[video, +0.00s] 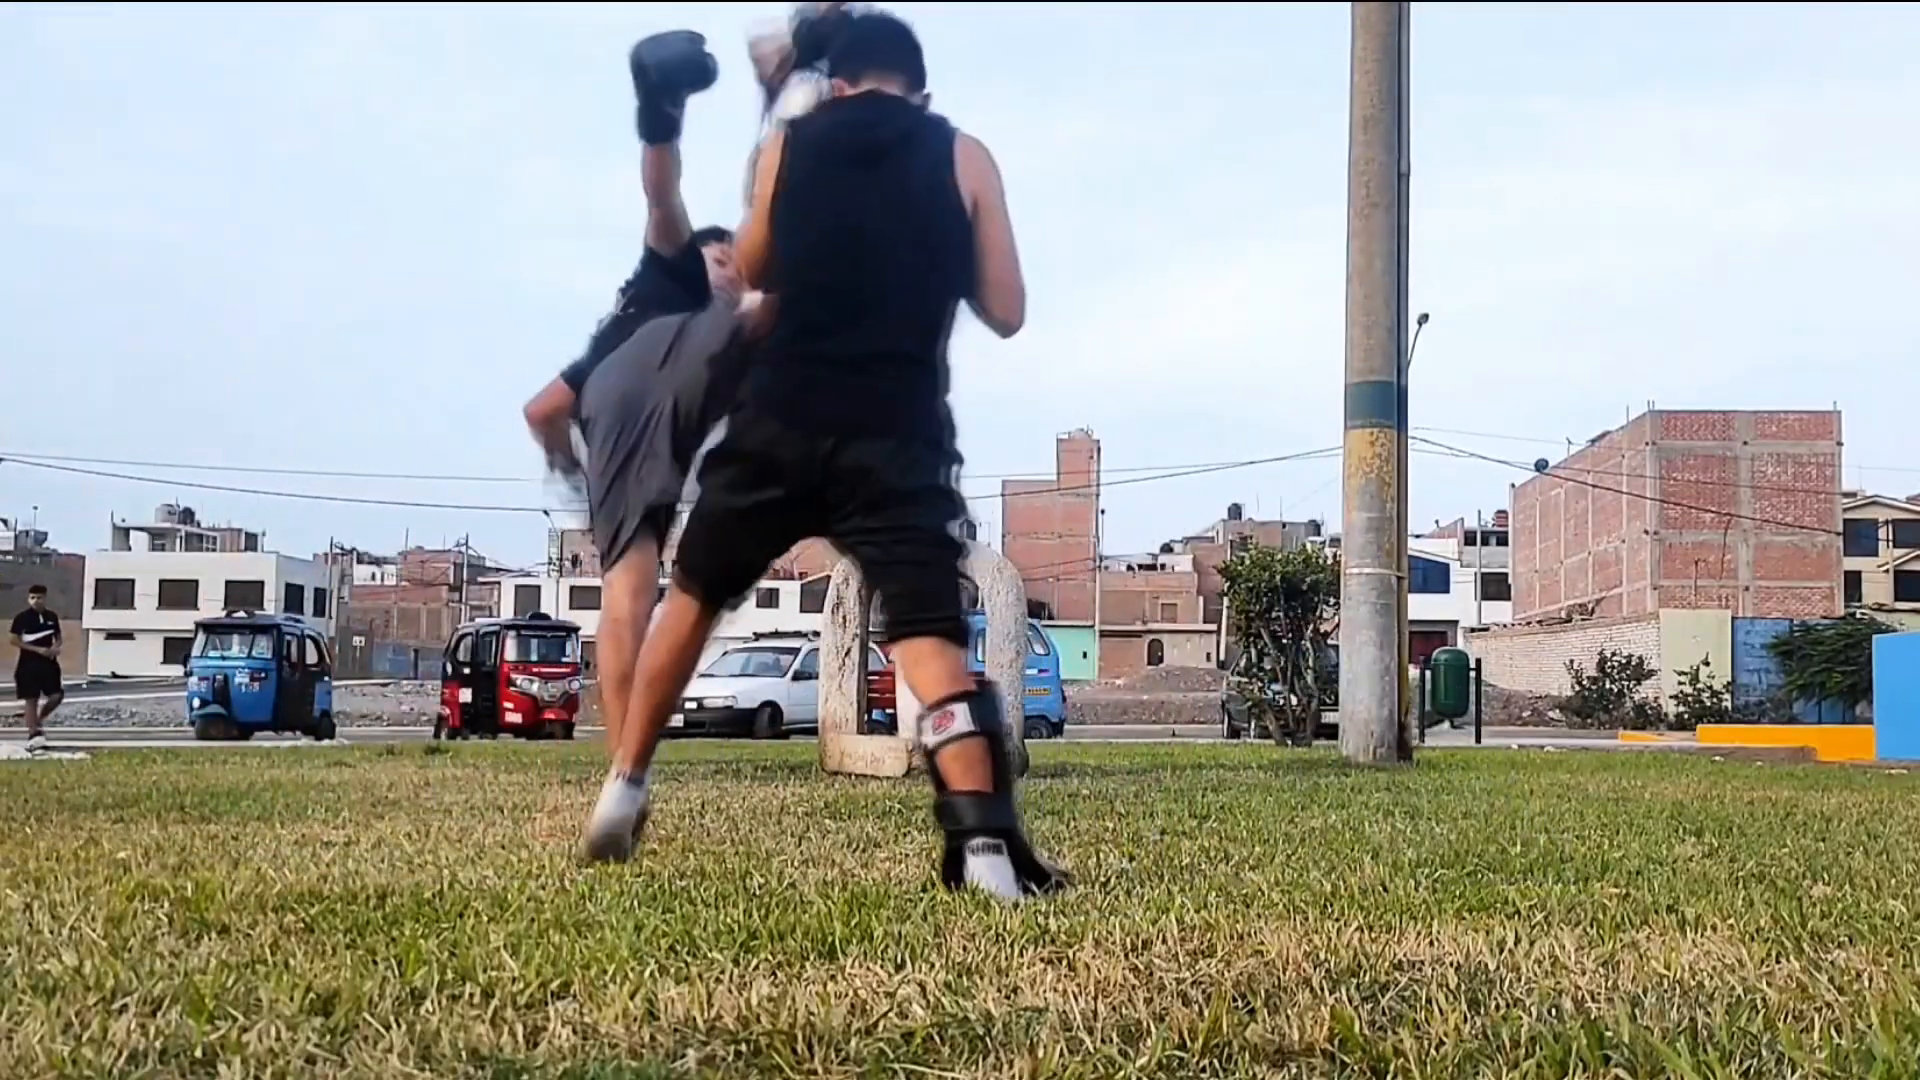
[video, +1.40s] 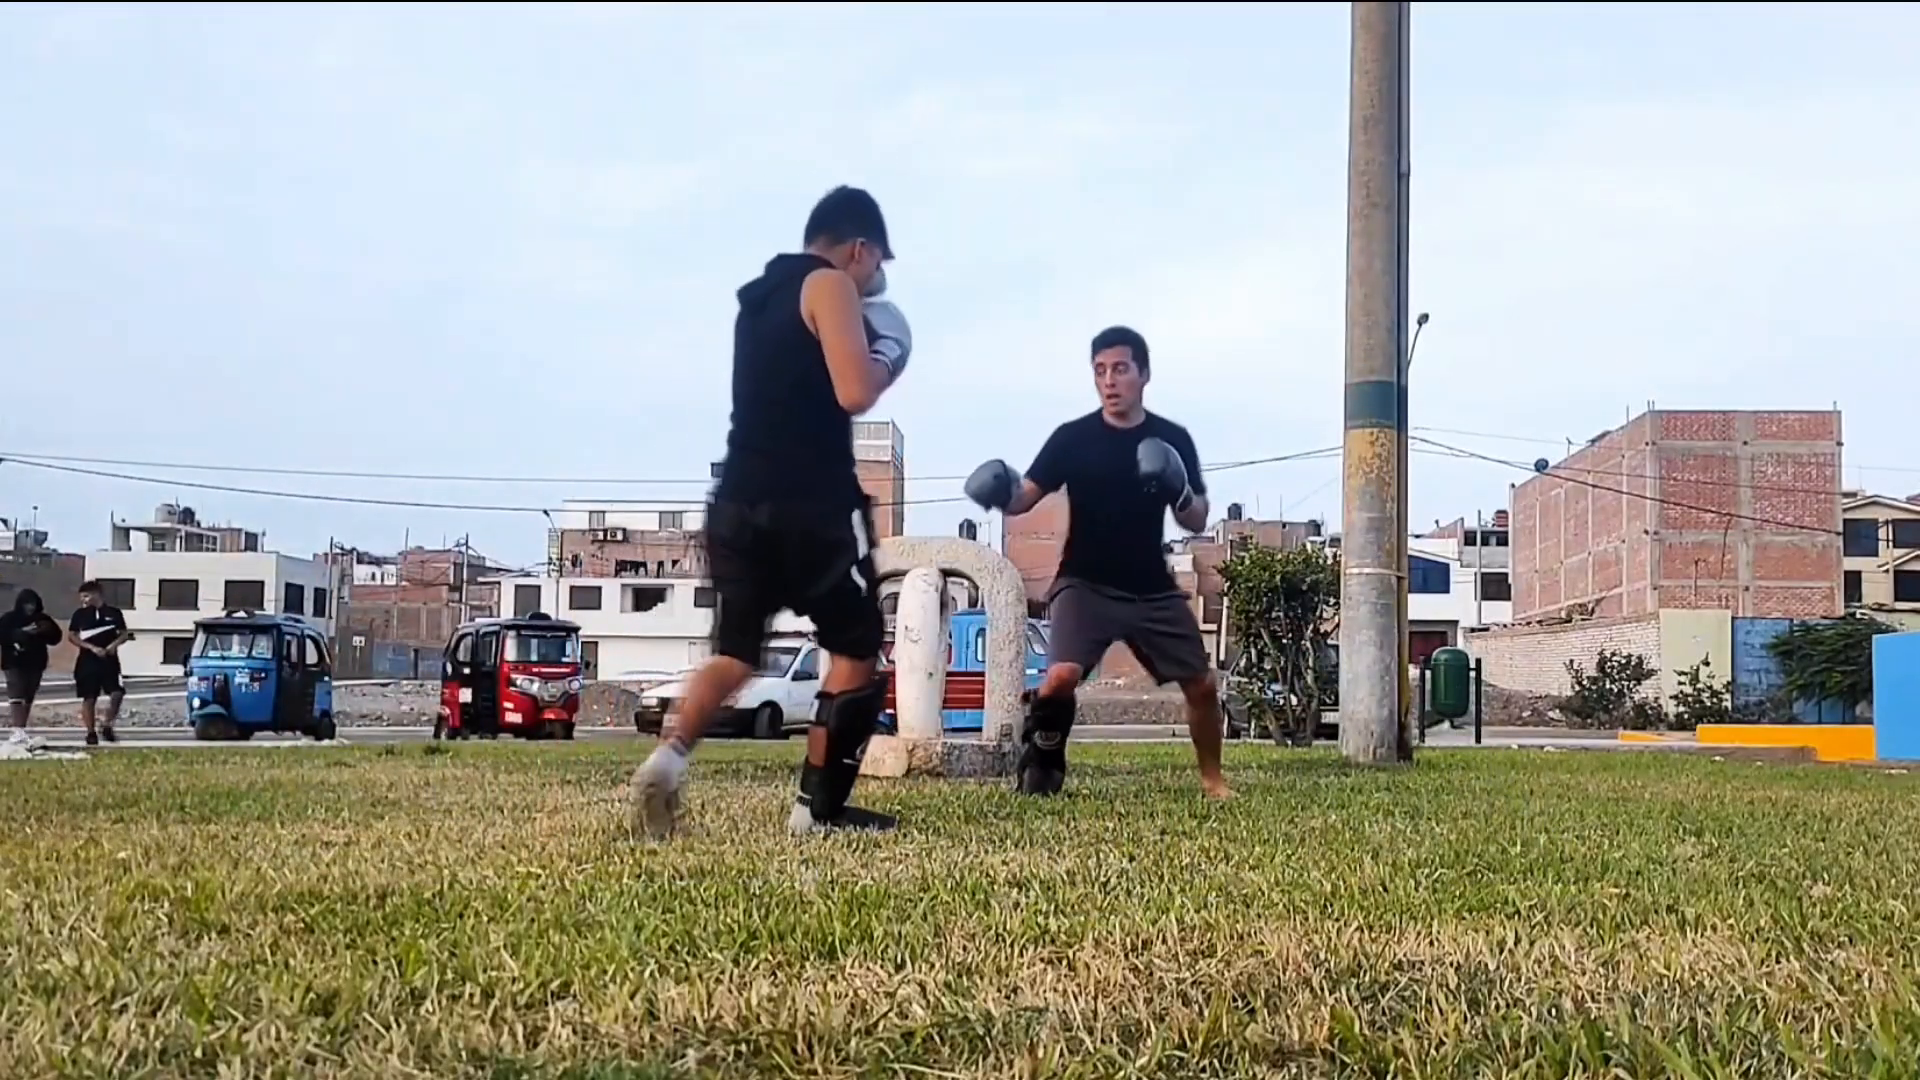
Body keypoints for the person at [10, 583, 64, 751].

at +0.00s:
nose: (35, 601)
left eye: (39, 598)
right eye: (32, 598)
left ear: (45, 599)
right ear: (28, 599)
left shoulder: (51, 617)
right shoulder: (22, 617)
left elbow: (58, 637)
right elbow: (14, 639)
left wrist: (55, 648)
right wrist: (39, 649)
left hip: (47, 662)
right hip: (29, 663)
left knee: (56, 696)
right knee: (31, 699)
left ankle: (38, 720)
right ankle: (33, 734)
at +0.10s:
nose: (42, 601)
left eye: (45, 598)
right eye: (38, 598)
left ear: (51, 599)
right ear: (34, 599)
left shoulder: (56, 617)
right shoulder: (26, 617)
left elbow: (61, 637)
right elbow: (19, 639)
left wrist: (60, 647)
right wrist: (45, 649)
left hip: (52, 663)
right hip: (33, 664)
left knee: (62, 694)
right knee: (33, 699)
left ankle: (53, 727)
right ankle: (34, 732)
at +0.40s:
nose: (61, 602)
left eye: (64, 599)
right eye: (58, 598)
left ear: (69, 601)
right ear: (53, 599)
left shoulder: (74, 620)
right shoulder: (44, 618)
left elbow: (76, 640)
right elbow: (35, 639)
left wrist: (74, 649)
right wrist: (60, 651)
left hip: (68, 664)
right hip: (48, 664)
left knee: (71, 699)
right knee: (43, 700)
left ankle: (73, 732)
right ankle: (36, 731)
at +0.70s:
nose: (74, 599)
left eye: (78, 596)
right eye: (71, 596)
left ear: (85, 597)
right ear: (67, 597)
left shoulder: (92, 617)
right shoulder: (60, 614)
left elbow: (99, 639)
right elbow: (49, 635)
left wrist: (88, 647)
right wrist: (69, 648)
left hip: (83, 659)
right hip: (65, 659)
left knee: (79, 697)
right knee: (67, 696)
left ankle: (75, 730)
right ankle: (58, 723)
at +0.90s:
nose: (73, 601)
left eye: (77, 597)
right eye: (72, 598)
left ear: (88, 598)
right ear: (70, 599)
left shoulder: (100, 617)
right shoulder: (66, 615)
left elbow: (109, 638)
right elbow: (55, 636)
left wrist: (97, 645)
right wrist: (74, 650)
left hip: (90, 659)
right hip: (72, 659)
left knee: (85, 697)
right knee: (77, 696)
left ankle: (82, 730)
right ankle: (76, 731)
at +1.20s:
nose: (77, 600)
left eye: (79, 596)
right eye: (75, 597)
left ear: (91, 594)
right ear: (76, 598)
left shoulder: (108, 614)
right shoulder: (74, 616)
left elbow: (120, 633)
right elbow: (66, 637)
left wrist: (109, 642)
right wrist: (86, 647)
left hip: (103, 660)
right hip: (84, 661)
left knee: (106, 696)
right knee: (87, 697)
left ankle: (86, 721)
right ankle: (90, 730)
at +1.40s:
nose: (83, 600)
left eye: (86, 596)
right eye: (81, 597)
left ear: (97, 595)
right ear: (81, 597)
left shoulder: (113, 613)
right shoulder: (79, 614)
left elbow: (124, 634)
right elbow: (72, 636)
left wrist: (112, 646)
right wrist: (91, 647)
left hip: (108, 660)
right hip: (88, 661)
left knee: (116, 693)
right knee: (89, 697)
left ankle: (108, 725)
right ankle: (91, 731)